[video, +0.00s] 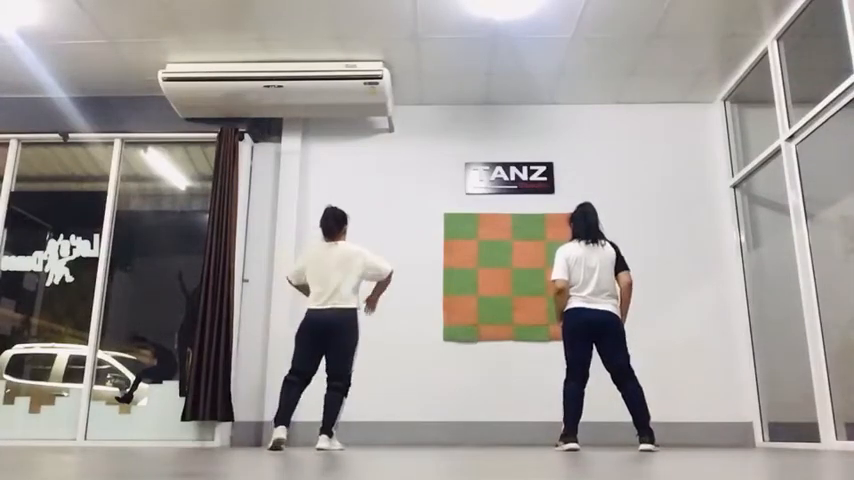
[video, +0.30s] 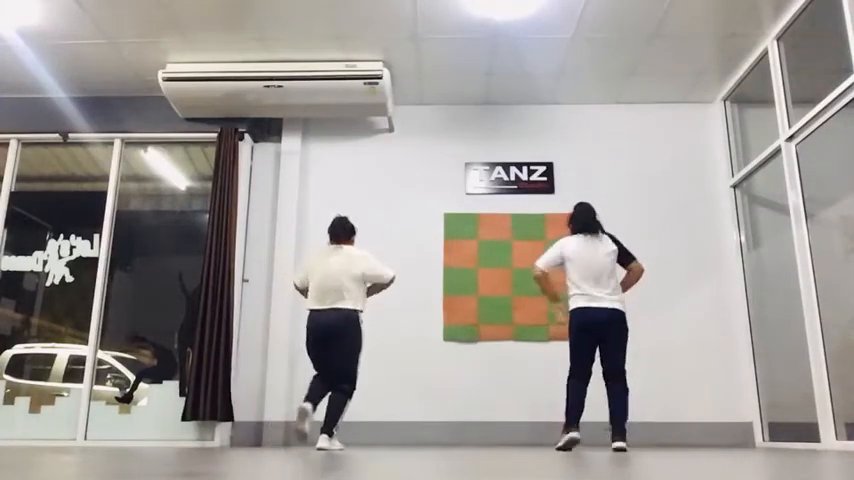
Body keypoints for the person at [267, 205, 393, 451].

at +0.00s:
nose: (345, 230)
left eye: (341, 227)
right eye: (345, 227)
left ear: (322, 229)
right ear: (344, 229)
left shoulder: (312, 252)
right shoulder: (354, 253)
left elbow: (295, 278)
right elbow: (386, 273)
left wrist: (314, 294)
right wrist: (374, 297)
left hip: (314, 320)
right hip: (344, 322)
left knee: (298, 375)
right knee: (338, 381)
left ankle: (280, 427)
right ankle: (325, 435)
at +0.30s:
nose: (353, 241)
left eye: (350, 238)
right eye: (353, 238)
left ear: (330, 237)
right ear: (352, 238)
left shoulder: (317, 257)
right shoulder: (357, 256)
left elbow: (299, 283)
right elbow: (388, 277)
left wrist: (316, 296)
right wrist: (366, 293)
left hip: (317, 319)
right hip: (347, 320)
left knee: (324, 373)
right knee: (345, 382)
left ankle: (308, 405)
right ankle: (326, 436)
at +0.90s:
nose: (342, 229)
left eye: (336, 225)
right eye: (343, 225)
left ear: (322, 227)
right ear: (345, 227)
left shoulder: (313, 250)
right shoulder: (356, 252)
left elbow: (307, 276)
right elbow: (361, 279)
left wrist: (328, 279)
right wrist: (338, 279)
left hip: (313, 309)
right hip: (342, 309)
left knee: (311, 374)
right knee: (340, 375)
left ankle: (310, 433)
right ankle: (328, 432)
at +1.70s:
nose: (337, 226)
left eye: (336, 221)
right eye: (334, 221)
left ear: (318, 225)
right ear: (325, 224)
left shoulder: (319, 246)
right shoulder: (325, 245)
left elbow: (358, 258)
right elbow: (358, 257)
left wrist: (390, 249)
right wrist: (392, 249)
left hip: (316, 311)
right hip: (323, 310)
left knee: (326, 372)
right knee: (331, 371)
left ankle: (300, 426)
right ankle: (312, 433)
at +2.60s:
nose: (343, 238)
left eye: (342, 233)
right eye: (339, 233)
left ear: (327, 236)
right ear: (325, 236)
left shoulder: (330, 263)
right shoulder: (315, 259)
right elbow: (309, 279)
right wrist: (296, 274)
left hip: (323, 329)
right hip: (309, 328)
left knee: (326, 385)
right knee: (334, 381)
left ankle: (297, 435)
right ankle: (359, 434)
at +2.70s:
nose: (341, 235)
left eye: (340, 230)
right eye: (337, 230)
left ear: (325, 234)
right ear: (324, 233)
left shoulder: (330, 262)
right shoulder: (314, 257)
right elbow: (308, 275)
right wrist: (304, 279)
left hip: (321, 326)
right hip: (305, 325)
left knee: (323, 382)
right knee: (326, 377)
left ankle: (297, 435)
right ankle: (347, 435)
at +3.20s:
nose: (329, 226)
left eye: (328, 221)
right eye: (325, 221)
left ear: (313, 224)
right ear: (312, 224)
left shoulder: (320, 252)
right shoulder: (306, 247)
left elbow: (341, 287)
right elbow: (284, 272)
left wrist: (341, 271)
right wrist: (259, 290)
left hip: (318, 312)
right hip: (306, 310)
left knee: (308, 371)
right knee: (298, 369)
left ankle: (297, 431)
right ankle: (282, 430)